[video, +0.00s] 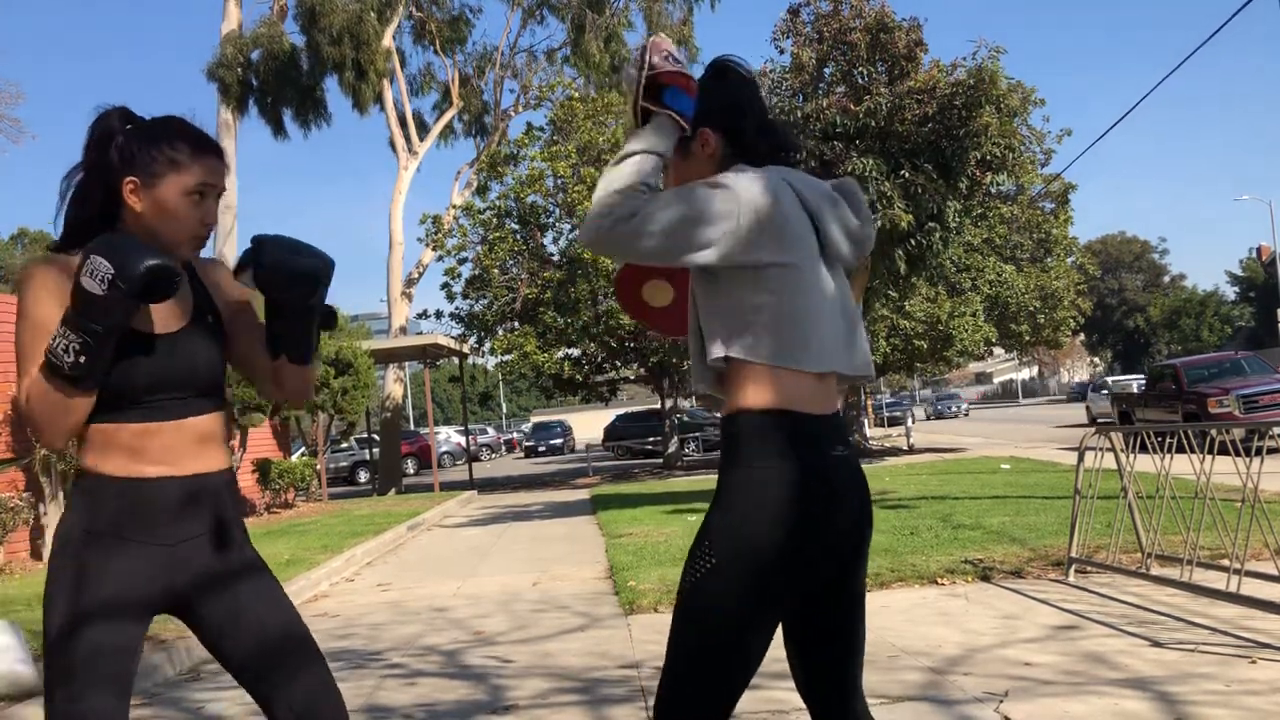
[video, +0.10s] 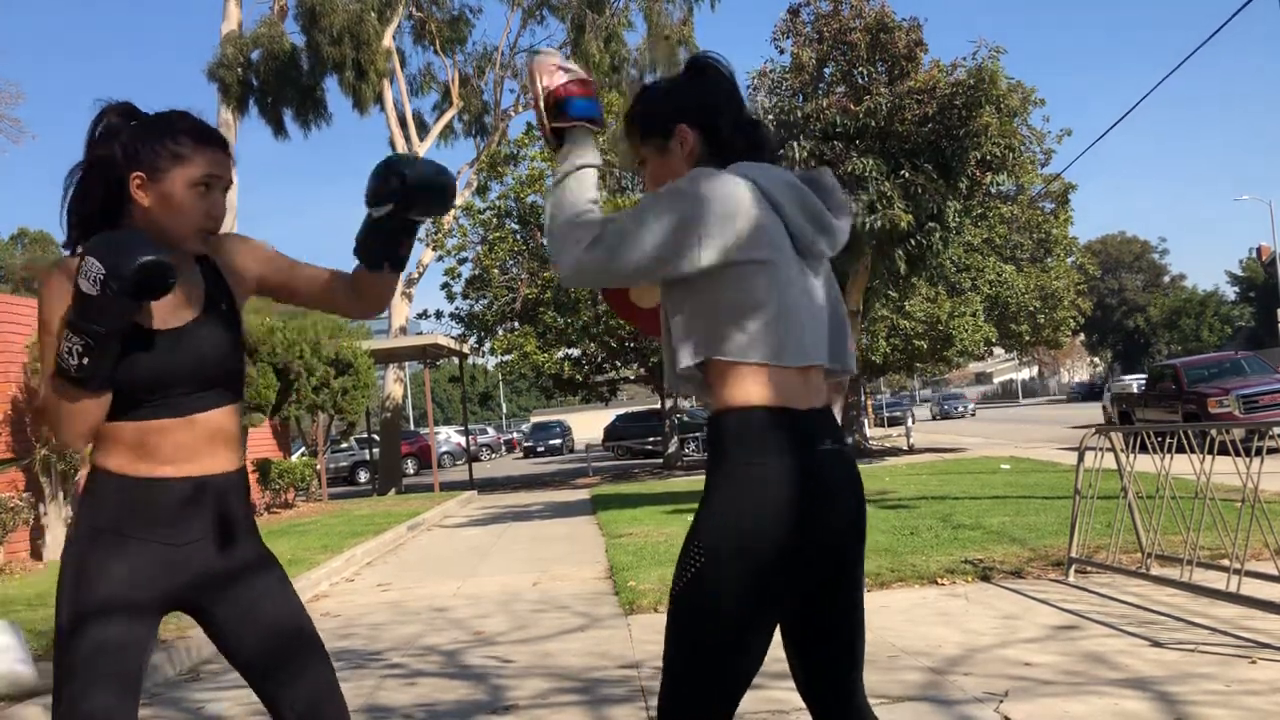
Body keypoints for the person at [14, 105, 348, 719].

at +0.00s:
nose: (213, 215)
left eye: (216, 198)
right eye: (200, 196)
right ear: (134, 193)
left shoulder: (214, 282)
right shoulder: (56, 279)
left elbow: (291, 389)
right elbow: (47, 429)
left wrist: (297, 310)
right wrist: (94, 319)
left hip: (215, 531)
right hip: (107, 536)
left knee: (318, 707)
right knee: (84, 711)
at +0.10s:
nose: (220, 208)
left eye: (225, 191)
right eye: (206, 188)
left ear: (228, 192)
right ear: (141, 189)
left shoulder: (232, 259)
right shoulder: (75, 284)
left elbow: (362, 297)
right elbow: (71, 433)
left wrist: (395, 222)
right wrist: (97, 324)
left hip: (227, 530)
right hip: (120, 533)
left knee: (320, 707)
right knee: (92, 711)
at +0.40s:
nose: (229, 216)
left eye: (234, 198)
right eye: (211, 195)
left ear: (238, 199)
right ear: (149, 195)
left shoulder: (259, 263)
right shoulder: (95, 294)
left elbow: (402, 262)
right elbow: (90, 447)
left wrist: (459, 192)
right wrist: (115, 337)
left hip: (248, 539)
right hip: (138, 540)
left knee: (360, 707)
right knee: (110, 709)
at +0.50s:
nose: (260, 217)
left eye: (263, 200)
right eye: (247, 198)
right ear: (185, 197)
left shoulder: (278, 265)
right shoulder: (121, 305)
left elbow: (403, 283)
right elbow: (130, 459)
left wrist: (452, 215)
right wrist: (166, 356)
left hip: (264, 541)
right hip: (166, 543)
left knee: (380, 705)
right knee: (146, 709)